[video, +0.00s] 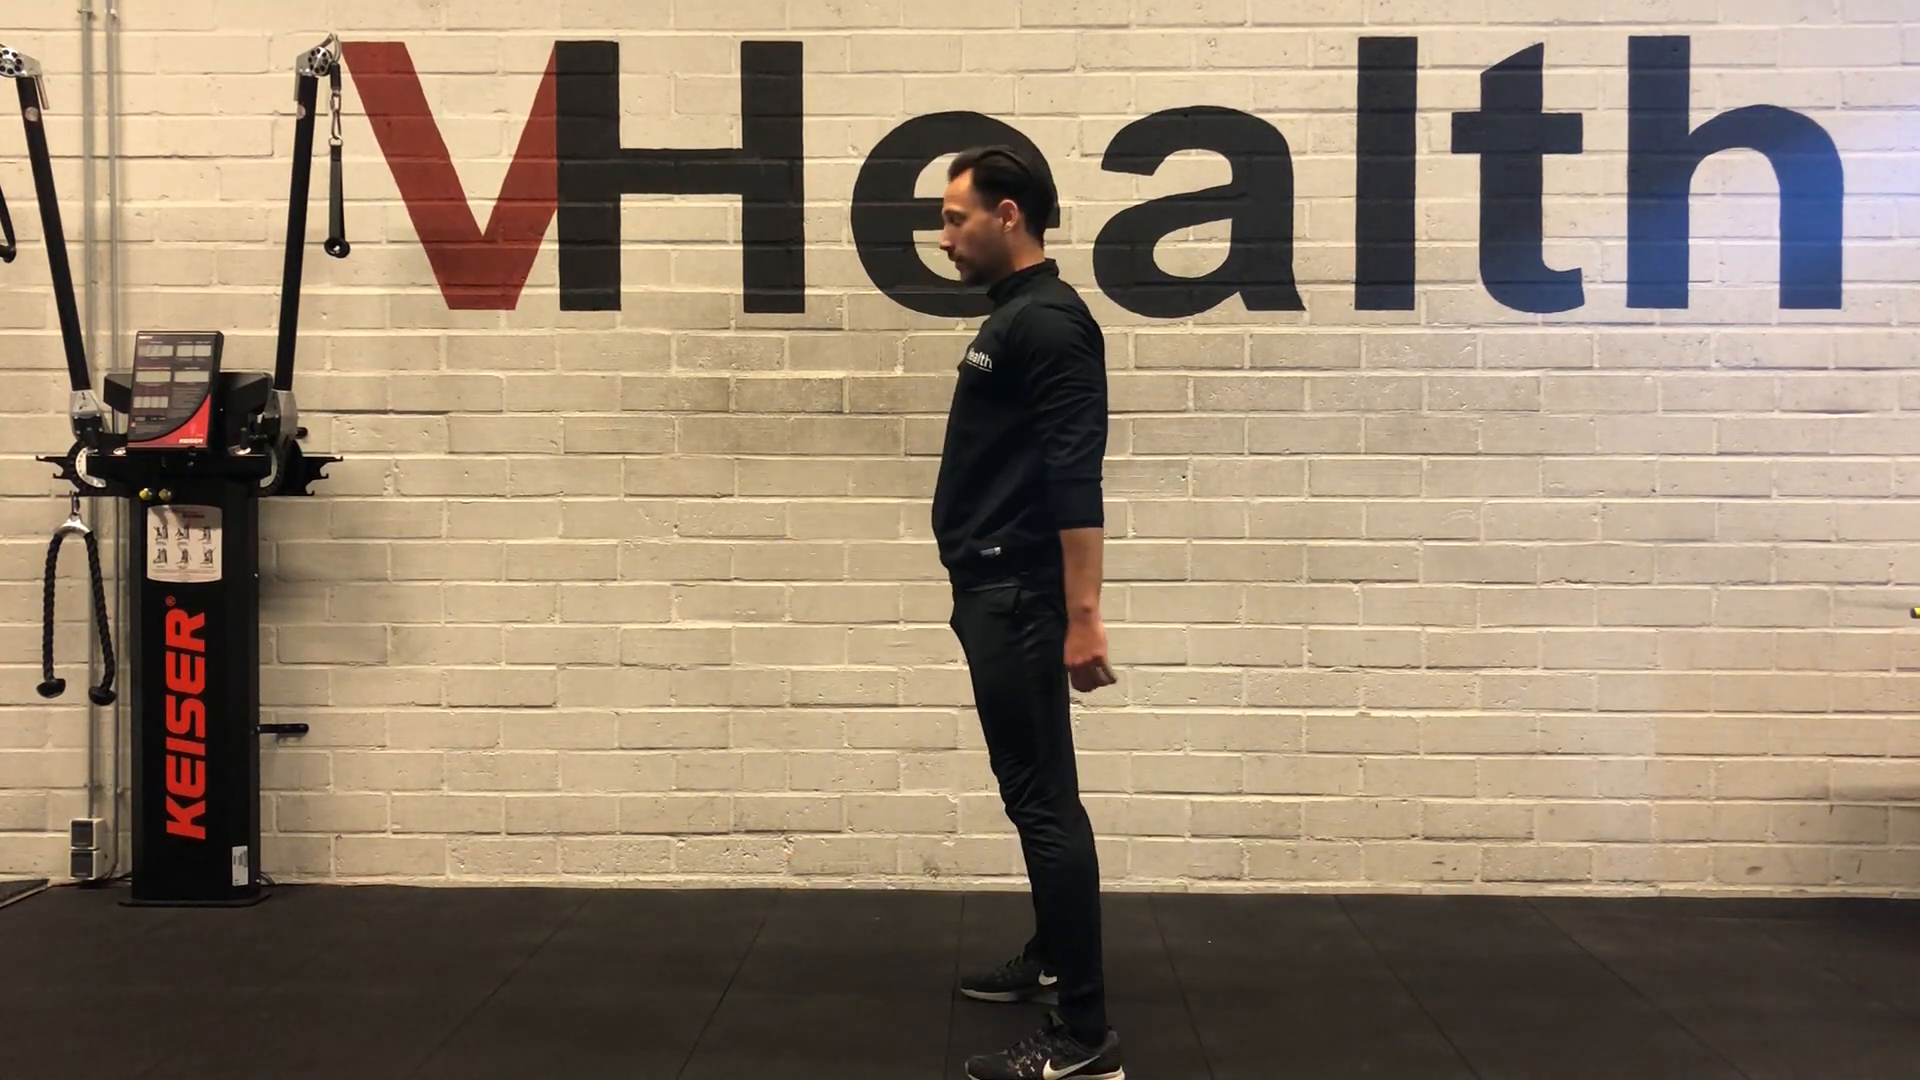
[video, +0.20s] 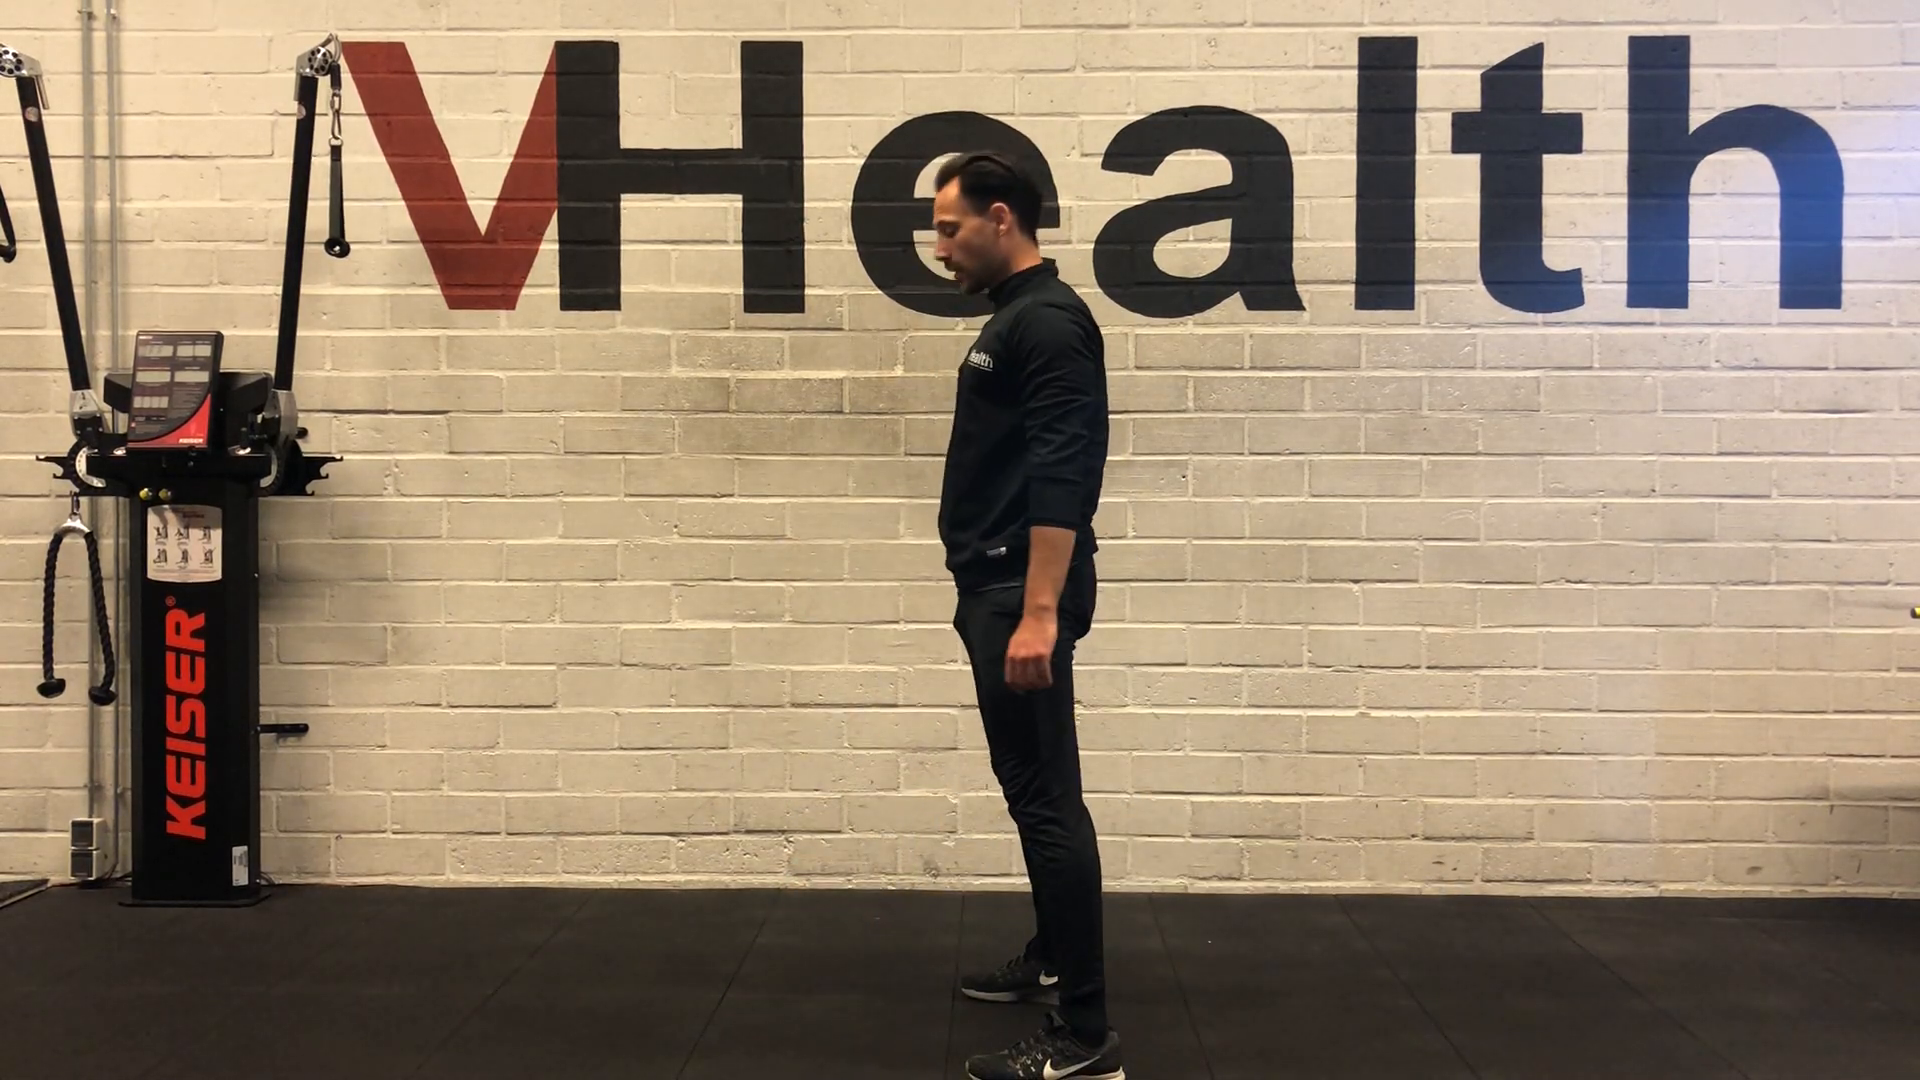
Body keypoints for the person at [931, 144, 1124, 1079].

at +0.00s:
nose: (944, 232)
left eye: (955, 216)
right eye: (943, 217)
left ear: (1012, 218)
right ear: (1009, 223)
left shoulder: (1052, 323)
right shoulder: (1016, 316)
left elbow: (1077, 477)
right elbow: (1032, 468)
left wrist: (1083, 616)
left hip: (1023, 602)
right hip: (997, 596)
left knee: (1047, 807)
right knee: (1032, 794)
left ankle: (1084, 1036)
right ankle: (1055, 958)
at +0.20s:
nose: (938, 240)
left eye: (948, 222)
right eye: (936, 225)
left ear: (1003, 217)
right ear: (996, 222)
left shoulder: (1051, 324)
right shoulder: (1016, 317)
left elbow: (1065, 475)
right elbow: (1026, 467)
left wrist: (1039, 611)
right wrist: (993, 596)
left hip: (1023, 600)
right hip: (999, 593)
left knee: (1048, 804)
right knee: (1032, 792)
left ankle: (1084, 1033)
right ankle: (1055, 957)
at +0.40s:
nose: (881, 281)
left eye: (887, 260)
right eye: (874, 266)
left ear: (940, 237)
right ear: (939, 242)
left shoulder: (1002, 334)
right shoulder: (987, 327)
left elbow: (1017, 486)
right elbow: (1010, 484)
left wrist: (1003, 622)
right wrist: (993, 605)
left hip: (1065, 586)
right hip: (1044, 582)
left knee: (1038, 792)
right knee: (1019, 776)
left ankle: (1082, 1033)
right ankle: (1054, 958)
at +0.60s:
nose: (813, 420)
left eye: (817, 400)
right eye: (807, 405)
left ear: (863, 376)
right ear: (859, 382)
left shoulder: (941, 454)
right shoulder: (922, 448)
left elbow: (948, 609)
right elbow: (943, 601)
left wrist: (932, 759)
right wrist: (932, 721)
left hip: (1121, 624)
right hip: (1072, 625)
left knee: (1020, 795)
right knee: (992, 769)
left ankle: (1084, 1032)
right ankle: (1054, 959)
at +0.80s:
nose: (778, 616)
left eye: (777, 596)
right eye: (770, 600)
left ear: (818, 570)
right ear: (821, 570)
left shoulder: (905, 631)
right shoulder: (896, 607)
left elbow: (887, 787)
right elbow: (884, 773)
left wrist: (861, 934)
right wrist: (865, 897)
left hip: (1128, 705)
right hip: (1089, 691)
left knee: (974, 825)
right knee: (954, 781)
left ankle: (1080, 1033)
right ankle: (1042, 960)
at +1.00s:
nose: (782, 773)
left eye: (774, 755)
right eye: (769, 760)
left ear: (807, 720)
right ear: (814, 709)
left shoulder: (894, 732)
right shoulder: (878, 701)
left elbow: (893, 891)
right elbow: (889, 862)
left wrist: (858, 1049)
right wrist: (869, 969)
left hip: (1116, 634)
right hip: (1093, 626)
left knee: (1014, 818)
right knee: (1009, 801)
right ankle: (1105, 942)